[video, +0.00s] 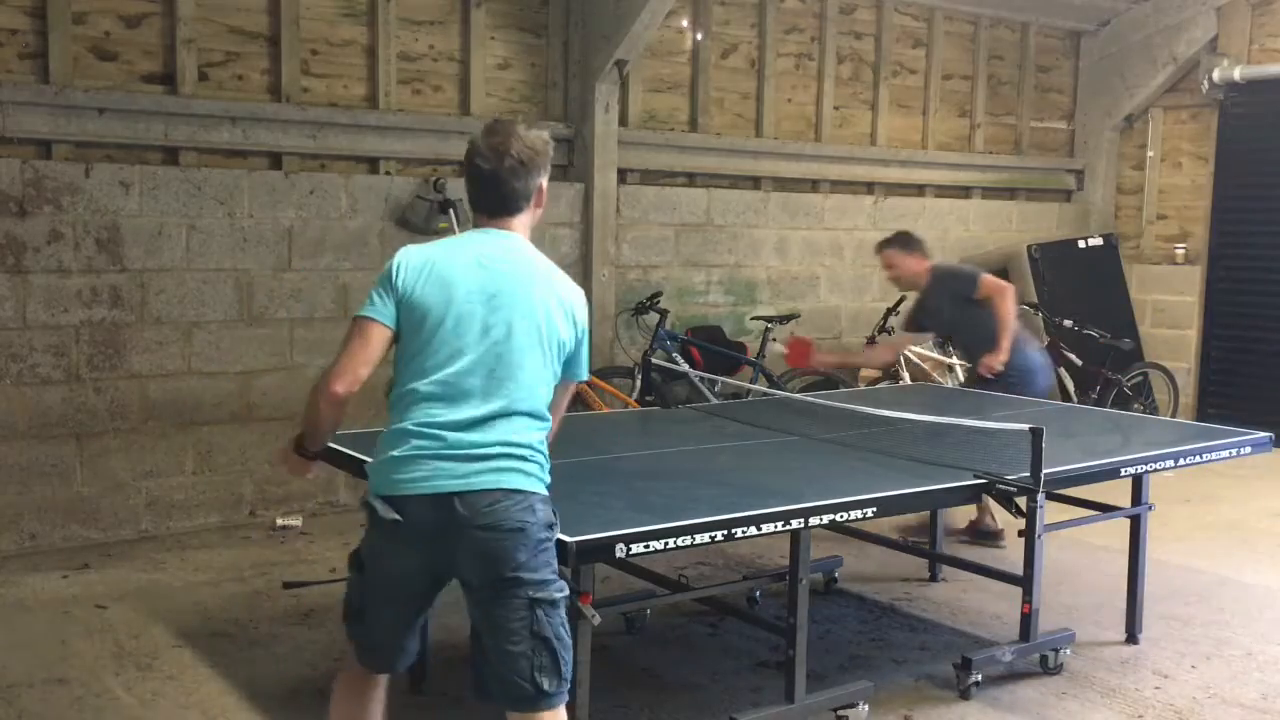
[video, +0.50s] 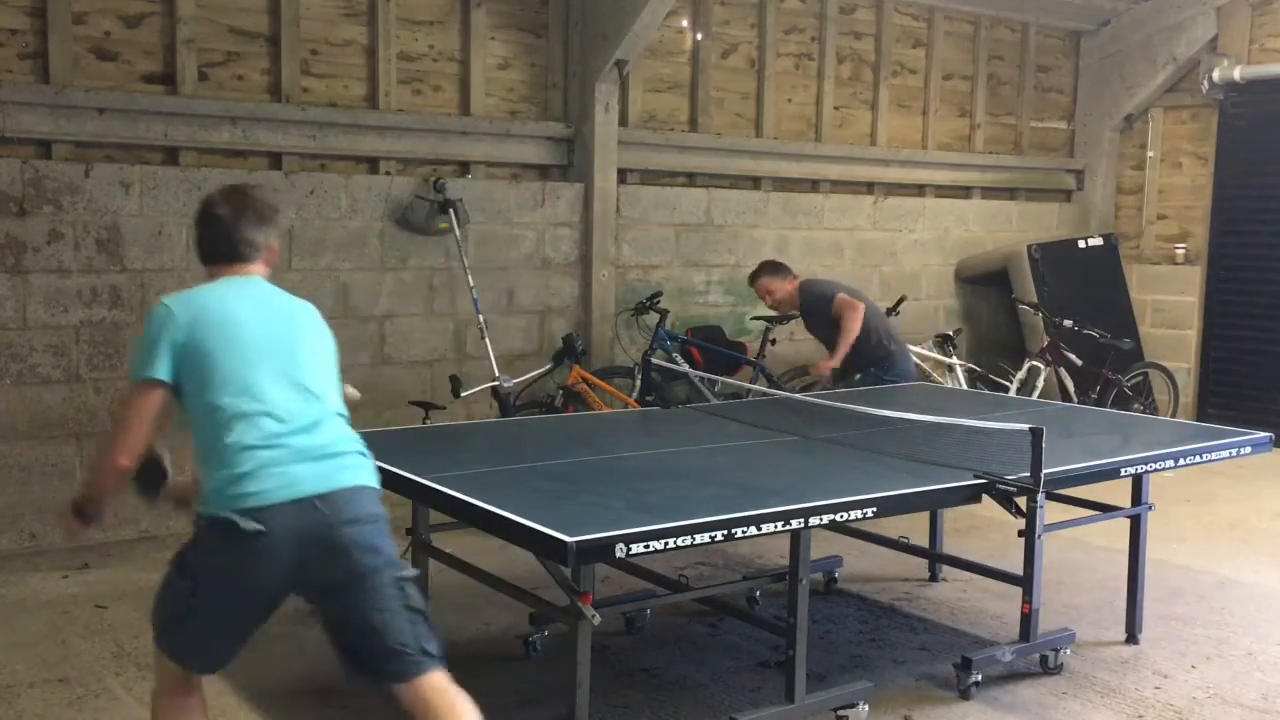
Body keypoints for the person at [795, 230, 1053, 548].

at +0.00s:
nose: (888, 276)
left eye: (891, 267)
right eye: (885, 269)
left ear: (916, 258)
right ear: (905, 263)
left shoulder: (946, 276)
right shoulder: (925, 306)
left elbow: (1004, 291)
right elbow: (889, 354)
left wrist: (1001, 349)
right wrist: (824, 360)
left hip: (1022, 371)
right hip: (998, 375)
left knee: (952, 432)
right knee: (965, 434)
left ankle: (935, 520)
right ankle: (985, 518)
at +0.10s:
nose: (854, 275)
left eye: (857, 265)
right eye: (850, 268)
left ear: (880, 256)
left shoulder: (909, 275)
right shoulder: (889, 300)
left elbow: (961, 293)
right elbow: (853, 343)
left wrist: (958, 352)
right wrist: (798, 354)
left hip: (977, 365)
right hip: (948, 371)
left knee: (970, 435)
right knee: (944, 435)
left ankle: (973, 506)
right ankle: (972, 506)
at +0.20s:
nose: (828, 276)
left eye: (833, 266)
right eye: (825, 270)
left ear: (857, 259)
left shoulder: (878, 279)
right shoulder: (863, 299)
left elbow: (913, 311)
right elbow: (848, 348)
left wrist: (902, 367)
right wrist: (799, 372)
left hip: (933, 384)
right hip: (909, 385)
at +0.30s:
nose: (804, 279)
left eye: (809, 270)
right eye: (800, 274)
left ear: (832, 262)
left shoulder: (853, 280)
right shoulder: (839, 307)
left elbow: (874, 317)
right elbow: (840, 357)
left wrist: (844, 364)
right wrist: (811, 384)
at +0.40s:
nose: (782, 290)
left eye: (786, 280)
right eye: (778, 285)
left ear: (808, 271)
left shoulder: (827, 283)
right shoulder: (825, 310)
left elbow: (857, 309)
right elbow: (841, 369)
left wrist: (825, 348)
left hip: (894, 375)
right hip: (873, 375)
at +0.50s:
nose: (768, 302)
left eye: (769, 293)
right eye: (763, 299)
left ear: (788, 280)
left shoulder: (810, 291)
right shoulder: (809, 305)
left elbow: (854, 309)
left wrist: (837, 358)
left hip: (886, 373)